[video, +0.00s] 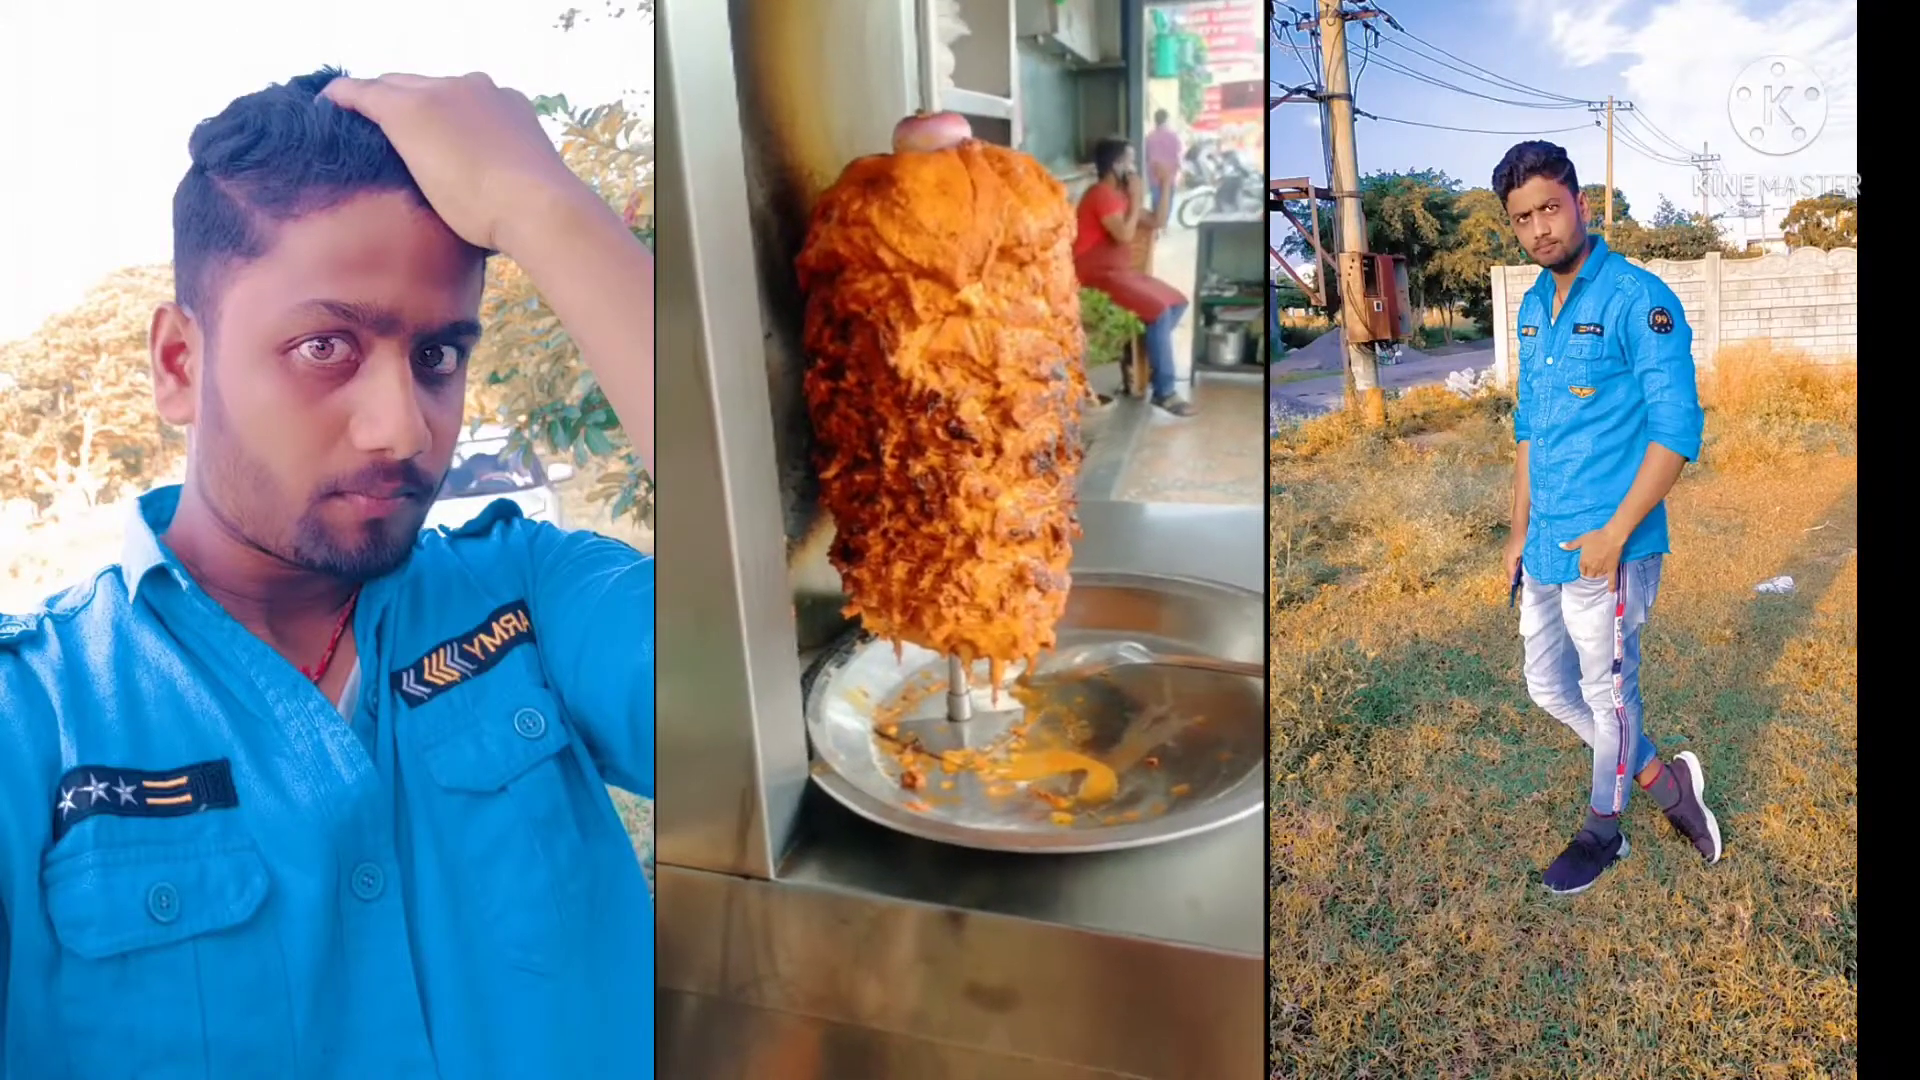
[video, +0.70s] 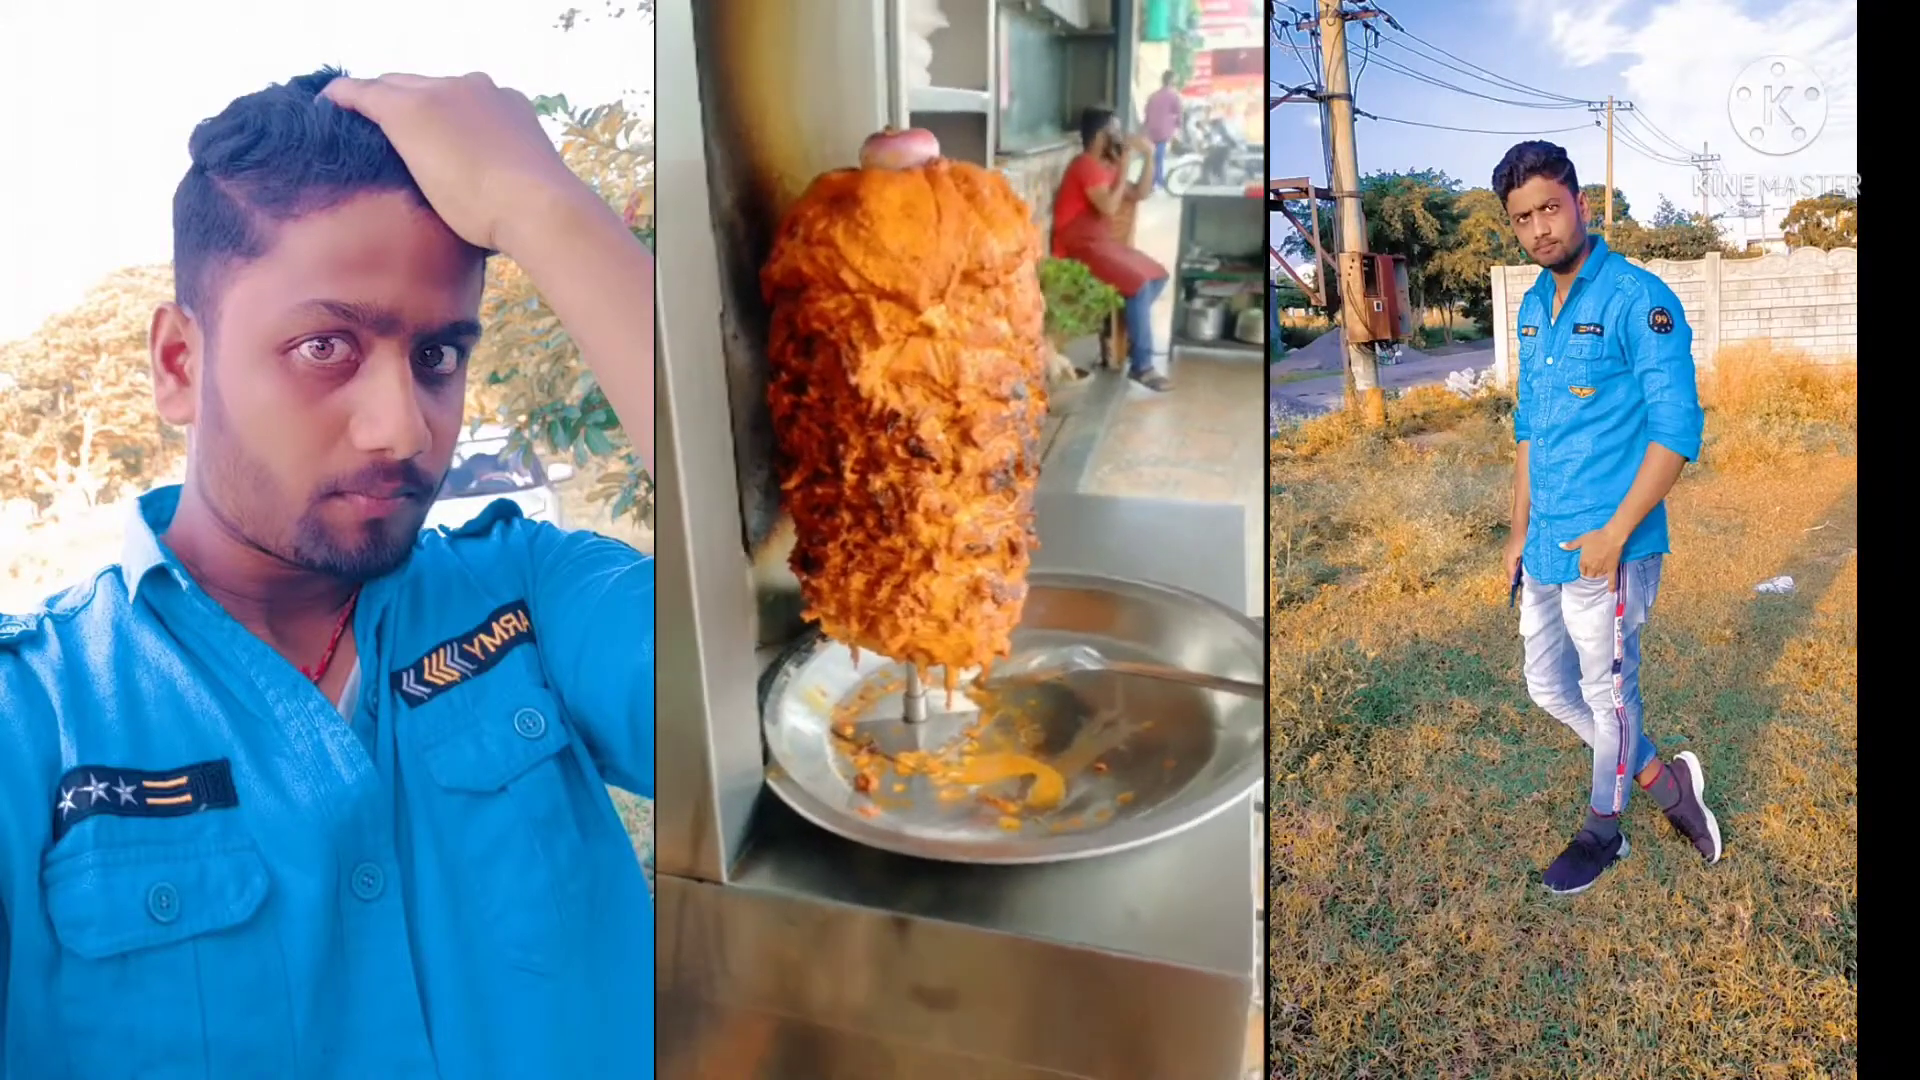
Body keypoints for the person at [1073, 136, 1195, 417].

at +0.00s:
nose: (1133, 166)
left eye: (1133, 160)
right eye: (1128, 160)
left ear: (1114, 165)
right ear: (1113, 164)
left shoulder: (1119, 193)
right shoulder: (1101, 194)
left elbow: (1156, 222)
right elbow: (1124, 234)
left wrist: (1166, 186)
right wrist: (1135, 194)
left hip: (1121, 270)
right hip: (1099, 272)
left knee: (1178, 303)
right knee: (1158, 311)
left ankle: (1134, 357)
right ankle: (1164, 392)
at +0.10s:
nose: (1153, 148)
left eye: (1153, 142)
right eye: (1149, 143)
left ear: (1134, 148)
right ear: (1134, 147)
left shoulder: (1139, 177)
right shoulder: (1121, 177)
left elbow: (1177, 206)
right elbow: (1144, 218)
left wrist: (1186, 168)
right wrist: (1156, 178)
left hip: (1140, 253)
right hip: (1119, 256)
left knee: (1199, 288)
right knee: (1178, 295)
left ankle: (1155, 345)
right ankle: (1185, 379)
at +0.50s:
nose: (1148, 126)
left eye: (1148, 120)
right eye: (1144, 120)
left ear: (1134, 125)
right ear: (1129, 124)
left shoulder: (1135, 155)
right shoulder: (1113, 155)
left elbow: (1169, 184)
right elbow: (1136, 196)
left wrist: (1176, 148)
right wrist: (1151, 153)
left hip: (1132, 232)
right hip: (1108, 235)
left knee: (1189, 267)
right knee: (1167, 274)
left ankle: (1142, 323)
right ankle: (1172, 358)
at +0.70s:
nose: (1119, 135)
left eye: (1118, 129)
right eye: (1113, 129)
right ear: (1099, 134)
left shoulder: (1106, 166)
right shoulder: (1085, 165)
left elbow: (1140, 193)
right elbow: (1108, 207)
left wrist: (1149, 156)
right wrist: (1124, 162)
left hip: (1102, 241)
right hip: (1079, 245)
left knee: (1159, 277)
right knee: (1138, 284)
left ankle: (1113, 331)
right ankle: (1142, 366)